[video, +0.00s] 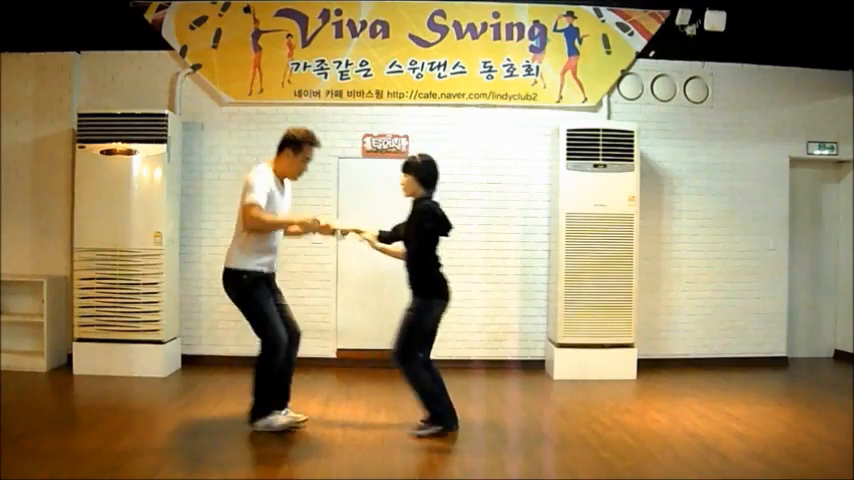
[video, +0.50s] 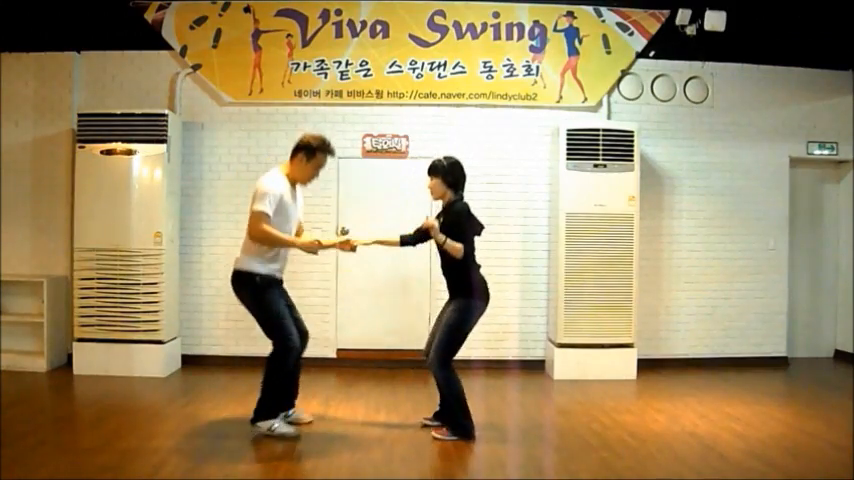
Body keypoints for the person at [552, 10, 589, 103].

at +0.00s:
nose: (566, 19)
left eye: (568, 18)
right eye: (566, 18)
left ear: (571, 18)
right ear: (569, 19)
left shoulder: (567, 29)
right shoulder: (576, 29)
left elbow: (555, 30)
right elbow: (579, 43)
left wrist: (556, 19)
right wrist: (582, 37)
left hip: (572, 54)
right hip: (575, 54)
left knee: (562, 72)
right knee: (574, 75)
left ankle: (559, 95)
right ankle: (584, 95)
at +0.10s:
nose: (566, 19)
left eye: (568, 18)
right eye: (566, 18)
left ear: (571, 19)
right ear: (569, 19)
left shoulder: (567, 29)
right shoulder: (576, 29)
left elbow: (555, 30)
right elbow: (579, 42)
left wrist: (557, 19)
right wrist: (582, 37)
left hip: (572, 54)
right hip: (575, 54)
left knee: (562, 72)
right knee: (574, 75)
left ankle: (559, 95)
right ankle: (584, 95)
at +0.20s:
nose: (566, 20)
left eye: (568, 18)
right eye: (566, 18)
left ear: (571, 19)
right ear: (569, 19)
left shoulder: (567, 29)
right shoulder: (576, 29)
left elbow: (555, 30)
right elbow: (579, 43)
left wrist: (557, 19)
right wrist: (582, 37)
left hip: (572, 54)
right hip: (575, 54)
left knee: (562, 72)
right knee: (574, 75)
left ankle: (559, 95)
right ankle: (584, 95)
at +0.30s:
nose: (566, 19)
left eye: (568, 18)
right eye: (566, 18)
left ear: (571, 19)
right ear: (569, 19)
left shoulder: (567, 29)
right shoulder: (576, 29)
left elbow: (555, 30)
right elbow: (580, 42)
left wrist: (557, 19)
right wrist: (582, 37)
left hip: (572, 54)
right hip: (575, 53)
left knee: (562, 72)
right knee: (574, 74)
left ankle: (559, 95)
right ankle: (584, 95)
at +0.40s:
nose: (567, 20)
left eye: (568, 18)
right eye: (566, 18)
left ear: (572, 19)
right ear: (568, 19)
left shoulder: (567, 29)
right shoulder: (576, 29)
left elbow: (555, 30)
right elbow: (580, 42)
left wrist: (557, 19)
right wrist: (582, 37)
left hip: (572, 54)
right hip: (575, 54)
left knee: (562, 72)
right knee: (574, 74)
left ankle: (559, 95)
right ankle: (584, 95)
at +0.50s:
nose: (567, 20)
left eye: (568, 18)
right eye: (566, 18)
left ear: (571, 19)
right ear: (568, 19)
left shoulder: (567, 29)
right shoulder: (576, 29)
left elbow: (555, 30)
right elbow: (580, 43)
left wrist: (557, 19)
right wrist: (582, 37)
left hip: (572, 54)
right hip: (575, 53)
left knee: (562, 73)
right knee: (574, 75)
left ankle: (559, 95)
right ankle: (584, 95)